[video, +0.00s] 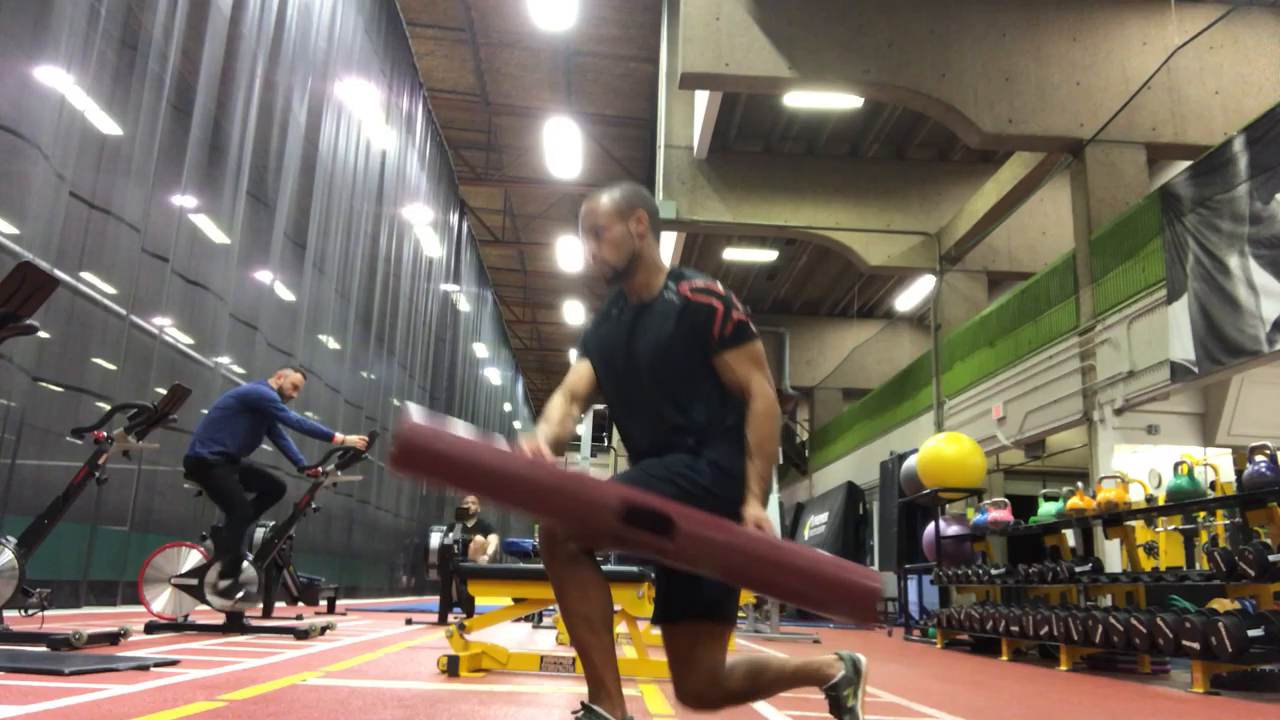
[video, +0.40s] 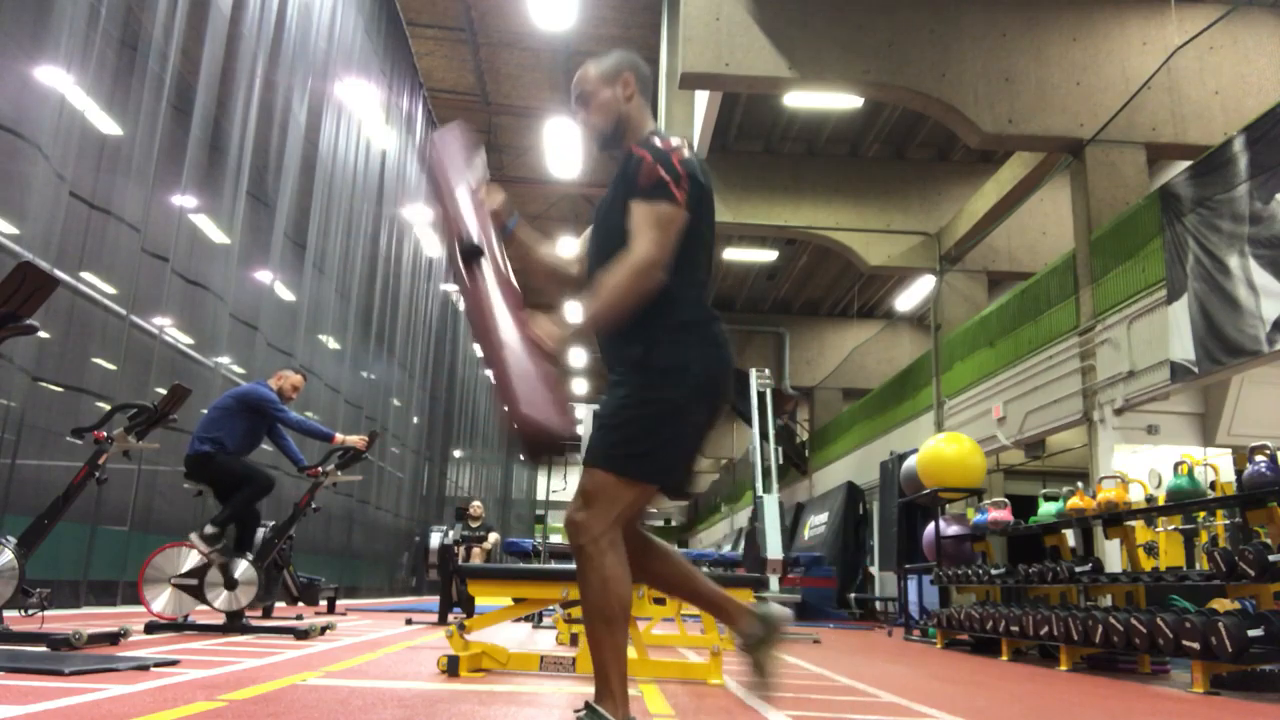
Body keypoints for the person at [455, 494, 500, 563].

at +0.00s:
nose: (469, 506)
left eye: (473, 503)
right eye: (466, 503)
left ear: (478, 508)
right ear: (462, 506)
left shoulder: (484, 525)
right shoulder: (454, 526)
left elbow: (494, 539)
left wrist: (487, 556)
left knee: (478, 540)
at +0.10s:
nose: (471, 506)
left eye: (474, 503)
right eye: (468, 503)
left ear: (479, 508)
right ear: (463, 507)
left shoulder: (484, 524)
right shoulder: (457, 525)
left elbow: (493, 534)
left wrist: (487, 548)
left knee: (477, 541)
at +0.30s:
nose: (474, 506)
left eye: (477, 504)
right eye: (471, 504)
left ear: (482, 510)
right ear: (467, 508)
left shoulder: (486, 525)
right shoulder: (460, 524)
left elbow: (493, 533)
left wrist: (487, 541)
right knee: (459, 545)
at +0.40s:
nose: (475, 509)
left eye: (478, 507)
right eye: (472, 507)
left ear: (483, 512)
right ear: (468, 511)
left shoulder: (487, 526)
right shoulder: (461, 525)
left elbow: (494, 535)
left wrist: (489, 543)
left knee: (476, 551)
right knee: (458, 549)